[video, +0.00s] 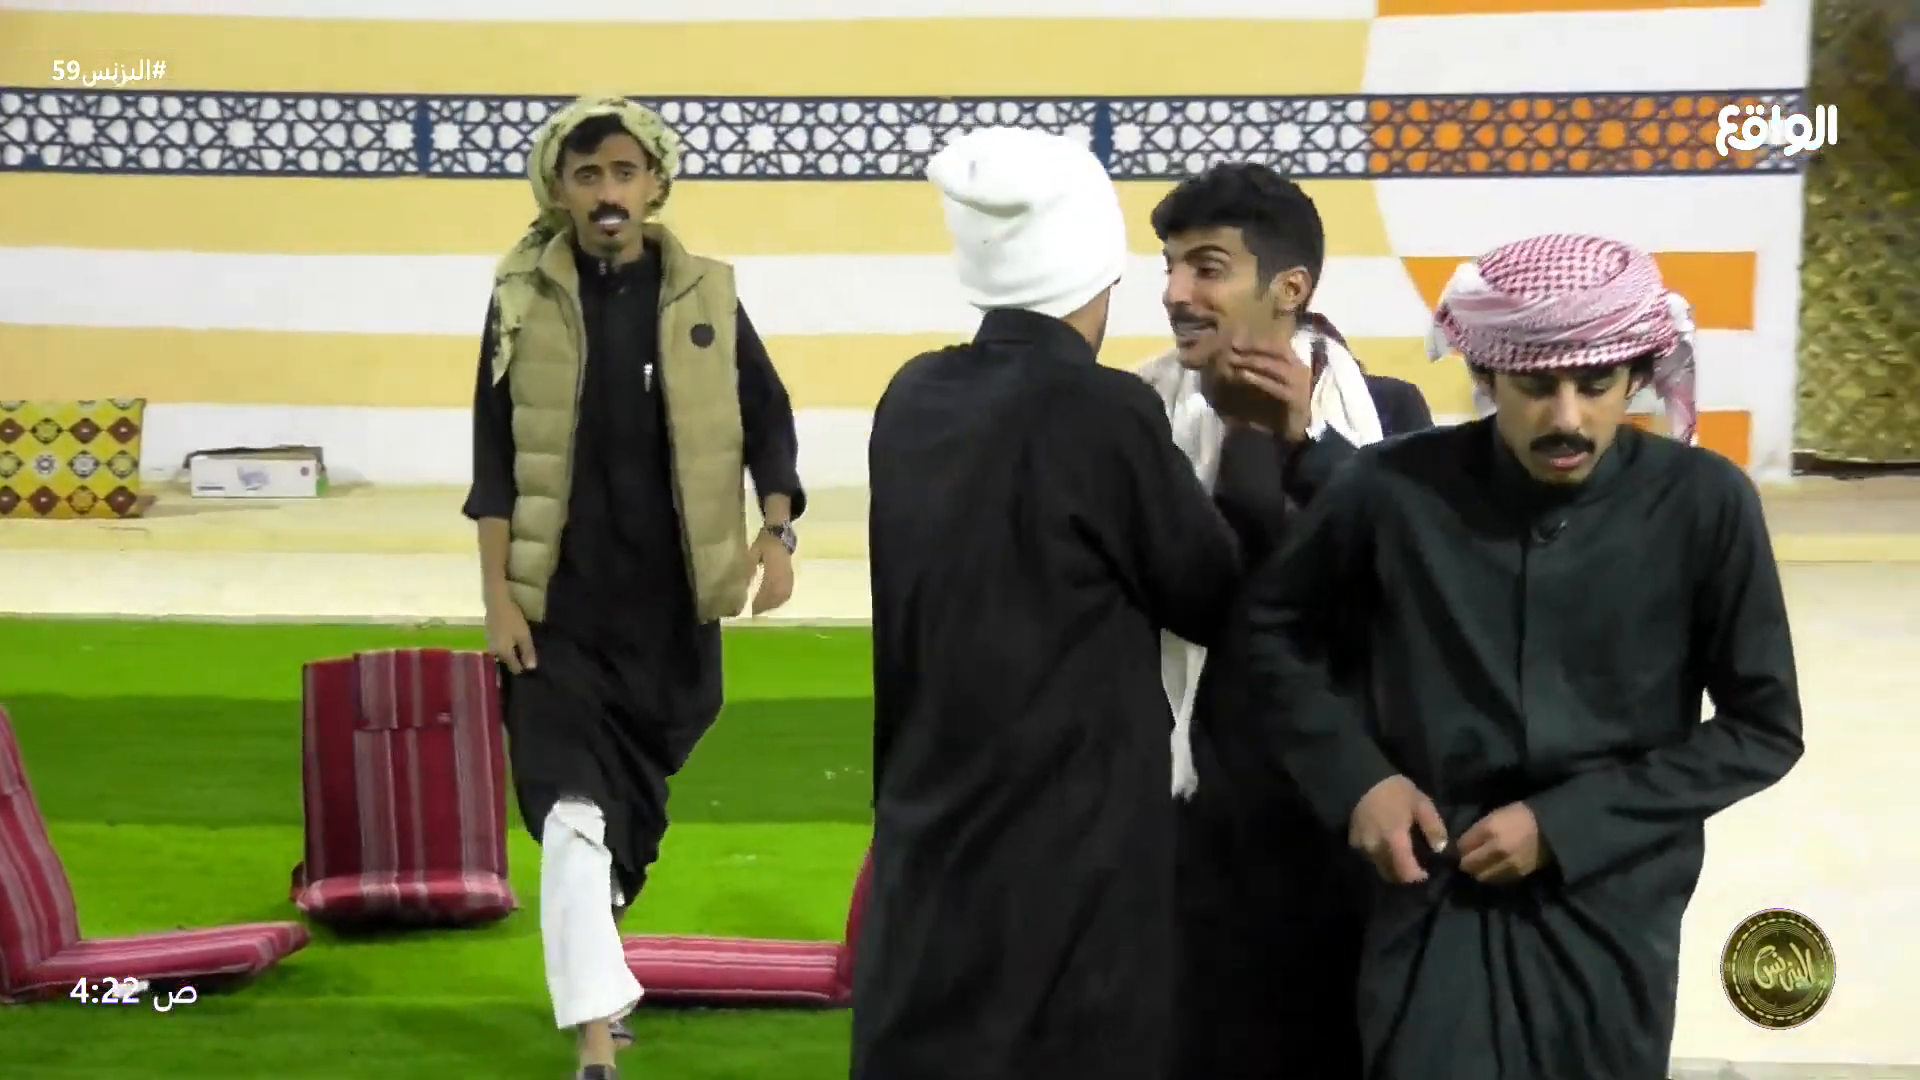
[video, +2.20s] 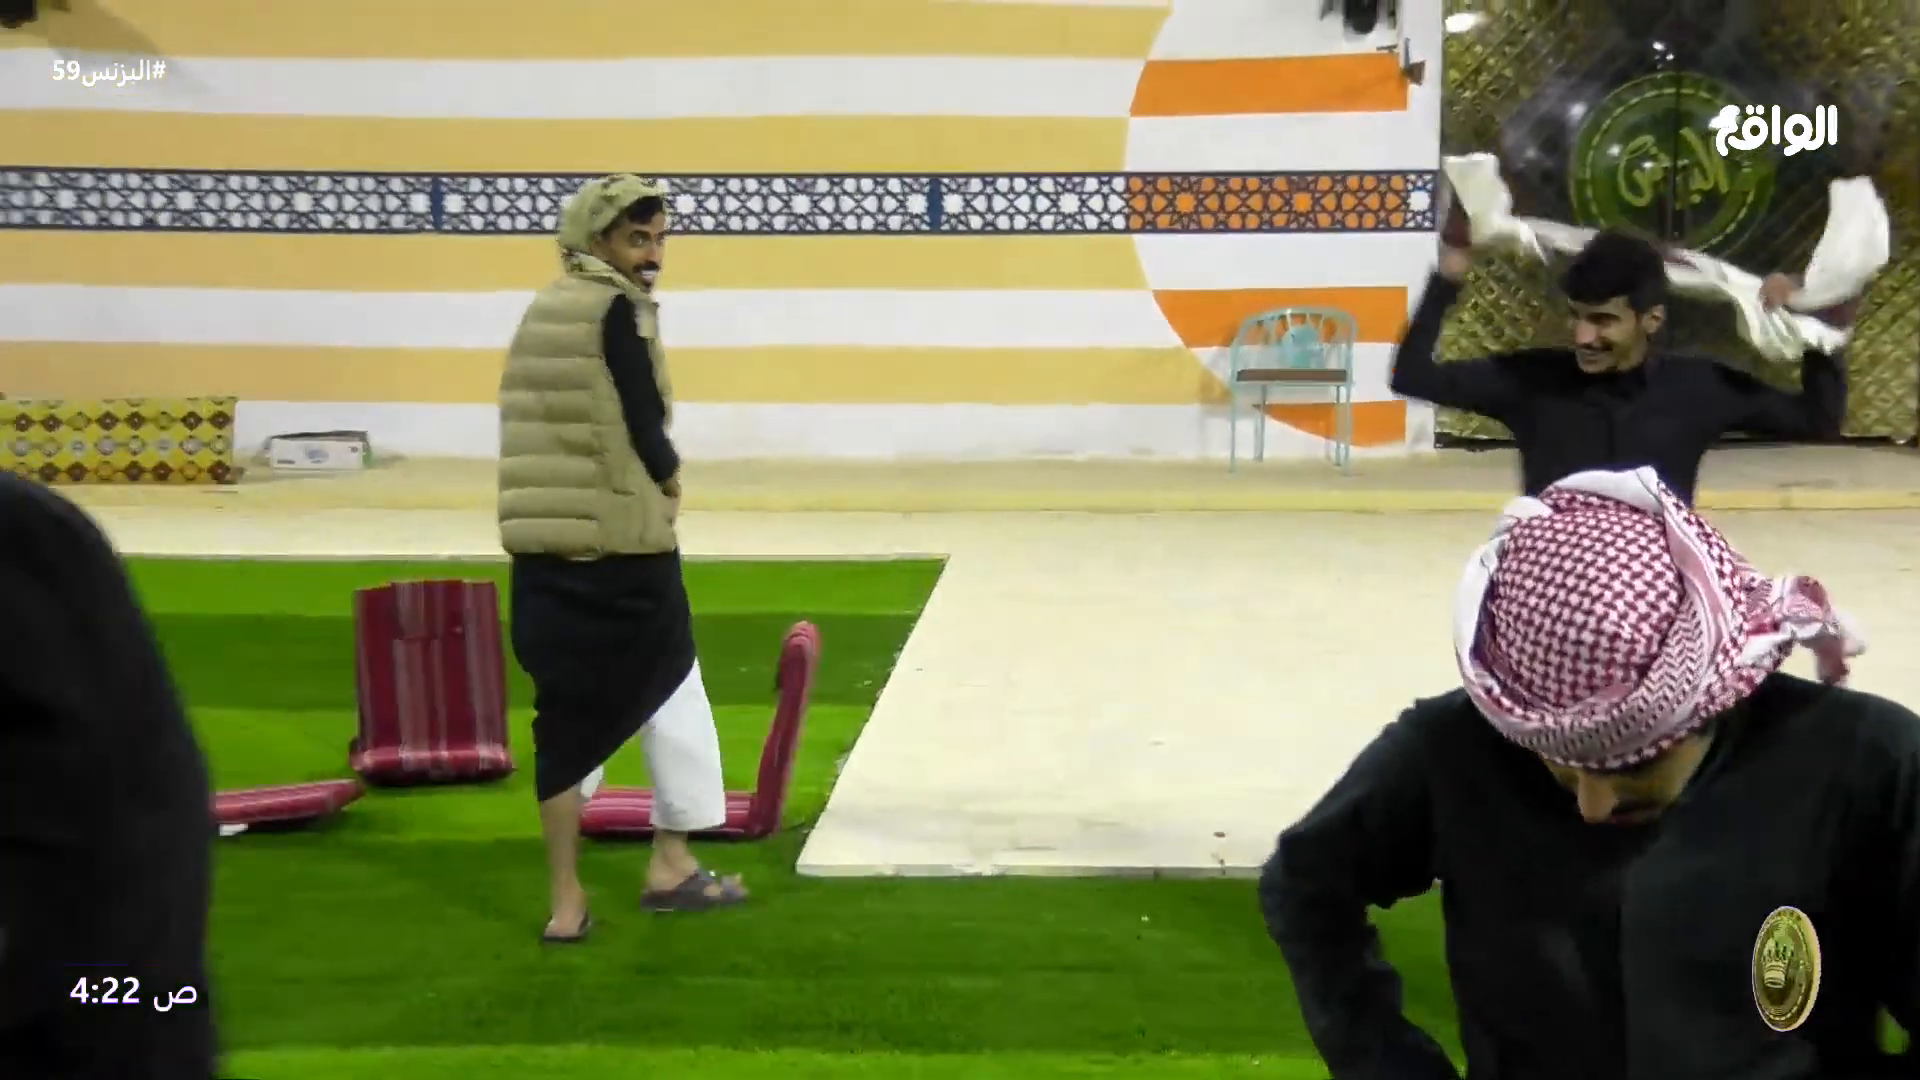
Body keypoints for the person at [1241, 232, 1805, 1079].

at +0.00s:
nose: (1567, 419)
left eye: (1594, 386)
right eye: (1536, 386)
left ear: (1634, 382)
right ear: (1487, 381)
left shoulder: (1705, 502)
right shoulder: (1389, 489)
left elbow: (1765, 728)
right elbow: (1267, 635)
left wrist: (1561, 823)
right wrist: (1359, 782)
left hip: (1611, 925)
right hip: (1428, 912)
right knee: (1429, 1061)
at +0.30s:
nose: (1483, 441)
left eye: (1505, 400)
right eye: (1444, 410)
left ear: (1541, 385)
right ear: (1394, 408)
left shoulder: (1627, 512)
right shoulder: (1312, 522)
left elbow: (1693, 744)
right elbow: (1154, 650)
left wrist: (1488, 850)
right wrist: (1264, 802)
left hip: (1559, 978)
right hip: (1372, 971)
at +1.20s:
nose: (1492, 492)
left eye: (1521, 454)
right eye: (1456, 460)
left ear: (1563, 454)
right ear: (1404, 467)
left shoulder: (1653, 586)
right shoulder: (1315, 594)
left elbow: (1718, 837)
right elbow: (1171, 717)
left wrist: (1479, 912)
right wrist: (1258, 893)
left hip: (1562, 1046)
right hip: (1356, 1043)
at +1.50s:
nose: (1477, 580)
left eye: (1499, 531)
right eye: (1433, 550)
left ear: (1555, 514)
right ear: (1387, 555)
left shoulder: (1682, 632)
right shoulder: (1321, 677)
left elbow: (1754, 899)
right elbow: (1185, 812)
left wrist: (1521, 1024)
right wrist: (1309, 994)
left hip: (1621, 1058)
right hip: (1380, 1062)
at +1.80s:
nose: (1533, 652)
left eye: (1560, 605)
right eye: (1490, 618)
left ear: (1615, 578)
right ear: (1440, 600)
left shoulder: (1744, 698)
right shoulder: (1356, 719)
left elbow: (1825, 979)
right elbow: (1191, 858)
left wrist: (1633, 1069)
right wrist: (1346, 1049)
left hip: (1661, 1057)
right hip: (1435, 1063)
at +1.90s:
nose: (1564, 742)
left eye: (1600, 698)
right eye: (1525, 703)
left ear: (1656, 640)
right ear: (1474, 662)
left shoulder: (1796, 743)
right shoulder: (1395, 746)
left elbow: (1861, 1032)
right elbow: (1231, 887)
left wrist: (1741, 1068)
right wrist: (1361, 1070)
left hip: (1704, 1063)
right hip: (1470, 1063)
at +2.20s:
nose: (1597, 806)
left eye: (1639, 766)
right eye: (1560, 765)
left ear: (1718, 697)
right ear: (1519, 710)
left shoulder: (1870, 768)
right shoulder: (1445, 758)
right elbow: (1303, 888)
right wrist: (1399, 1069)